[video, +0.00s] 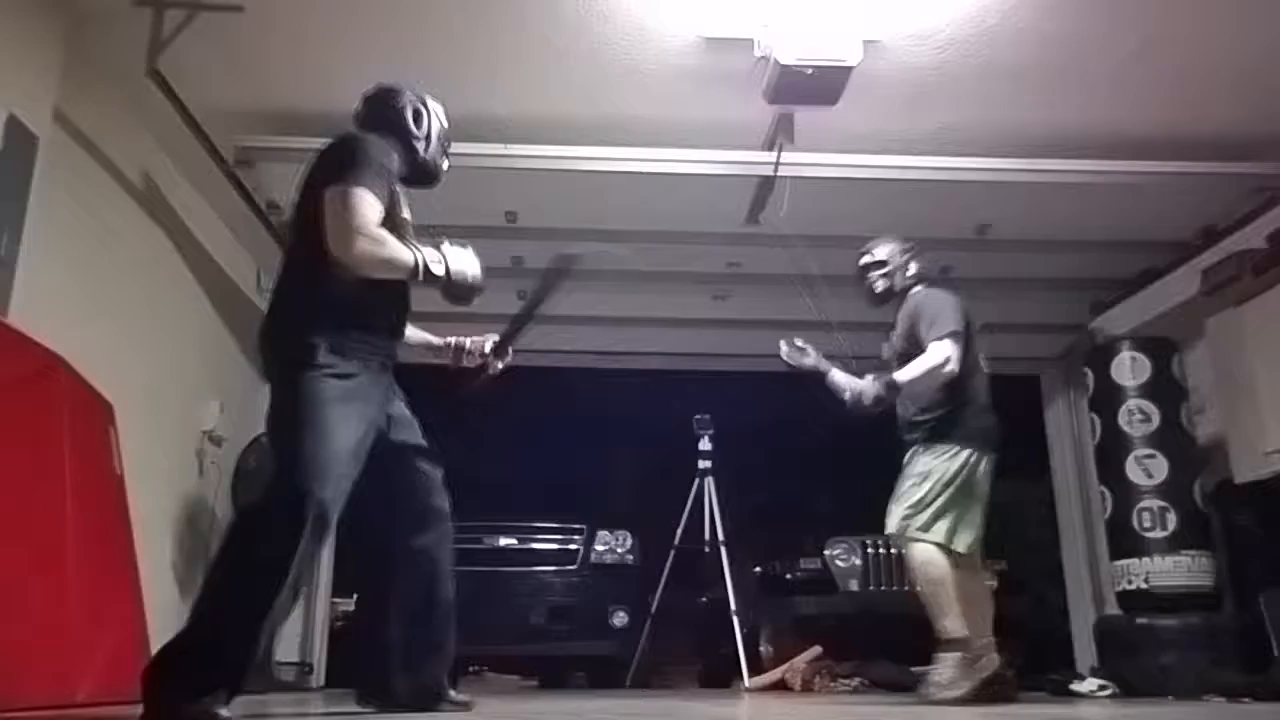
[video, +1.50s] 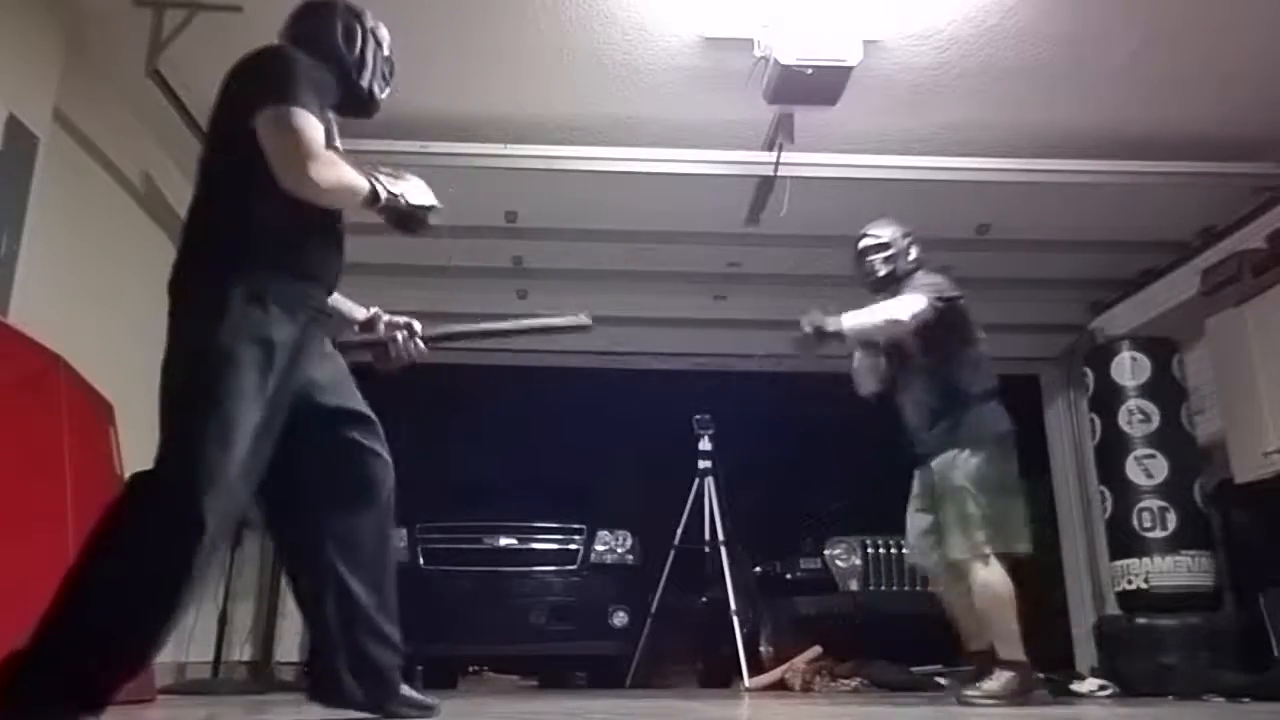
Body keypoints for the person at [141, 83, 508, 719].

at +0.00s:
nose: (439, 151)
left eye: (439, 139)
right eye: (435, 136)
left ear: (389, 125)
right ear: (412, 125)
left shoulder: (382, 191)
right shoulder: (362, 153)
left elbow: (369, 321)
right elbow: (353, 244)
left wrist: (453, 350)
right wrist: (436, 260)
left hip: (370, 371)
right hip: (327, 360)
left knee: (422, 510)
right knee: (303, 503)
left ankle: (412, 685)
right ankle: (184, 688)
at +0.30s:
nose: (434, 173)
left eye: (436, 162)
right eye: (431, 156)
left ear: (382, 136)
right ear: (409, 138)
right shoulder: (376, 155)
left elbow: (360, 337)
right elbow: (372, 235)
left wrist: (443, 376)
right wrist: (425, 273)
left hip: (351, 363)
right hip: (325, 348)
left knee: (399, 497)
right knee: (302, 499)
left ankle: (402, 682)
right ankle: (121, 658)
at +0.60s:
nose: (387, 117)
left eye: (390, 103)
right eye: (386, 99)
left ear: (338, 81)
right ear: (361, 83)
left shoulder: (332, 152)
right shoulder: (295, 117)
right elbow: (318, 224)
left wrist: (377, 327)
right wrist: (382, 218)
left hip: (318, 354)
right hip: (256, 341)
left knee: (365, 489)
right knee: (215, 502)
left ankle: (362, 674)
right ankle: (77, 687)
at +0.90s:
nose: (399, 100)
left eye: (403, 87)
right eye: (397, 83)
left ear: (346, 64)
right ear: (371, 65)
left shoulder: (336, 137)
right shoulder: (304, 94)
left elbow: (314, 285)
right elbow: (328, 205)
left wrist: (385, 305)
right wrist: (423, 201)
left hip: (316, 337)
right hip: (259, 321)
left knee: (384, 474)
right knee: (208, 481)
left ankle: (333, 663)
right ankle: (62, 689)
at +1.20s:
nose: (407, 118)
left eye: (409, 106)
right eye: (403, 100)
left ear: (366, 87)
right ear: (376, 81)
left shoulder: (345, 163)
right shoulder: (319, 95)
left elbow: (333, 299)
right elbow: (316, 173)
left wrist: (408, 347)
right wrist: (412, 207)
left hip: (331, 343)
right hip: (275, 324)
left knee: (377, 485)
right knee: (241, 488)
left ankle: (375, 685)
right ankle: (54, 683)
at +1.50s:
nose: (370, 85)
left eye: (374, 73)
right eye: (369, 67)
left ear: (322, 40)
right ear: (347, 43)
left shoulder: (307, 113)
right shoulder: (282, 68)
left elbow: (285, 264)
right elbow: (303, 165)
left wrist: (366, 322)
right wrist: (382, 191)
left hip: (299, 325)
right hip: (240, 306)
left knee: (353, 476)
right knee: (194, 496)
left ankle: (361, 677)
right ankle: (47, 691)